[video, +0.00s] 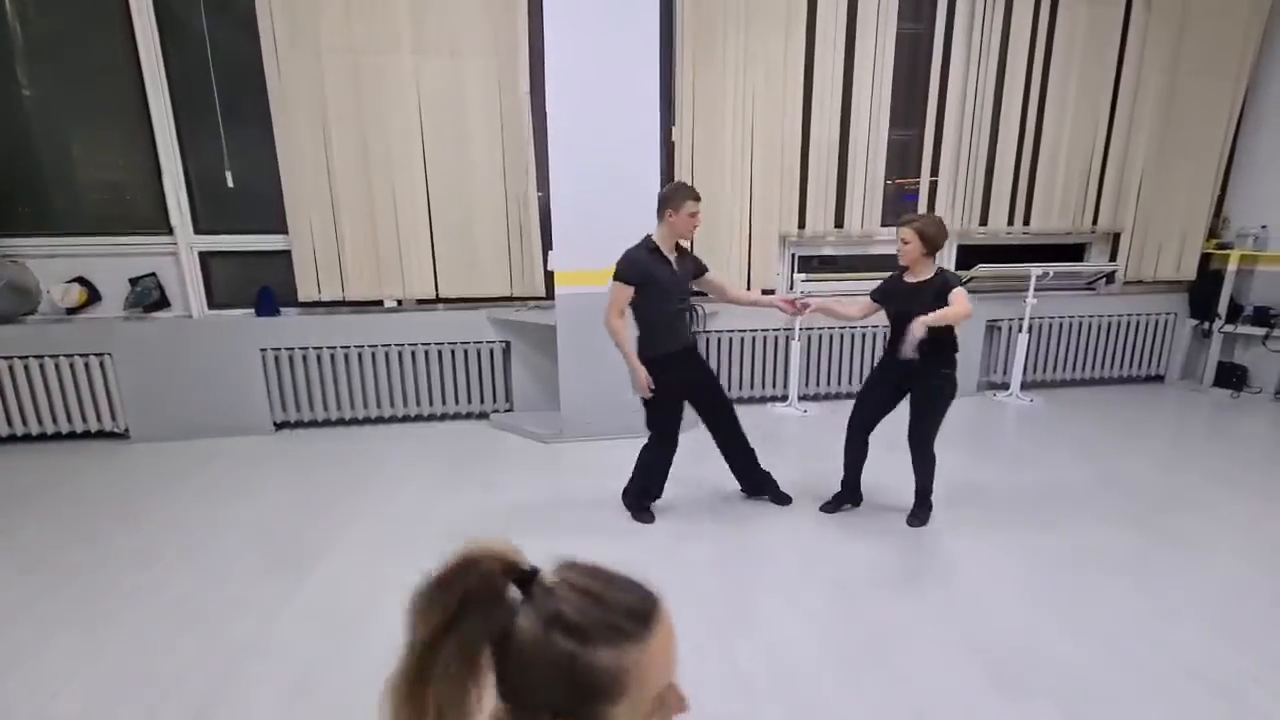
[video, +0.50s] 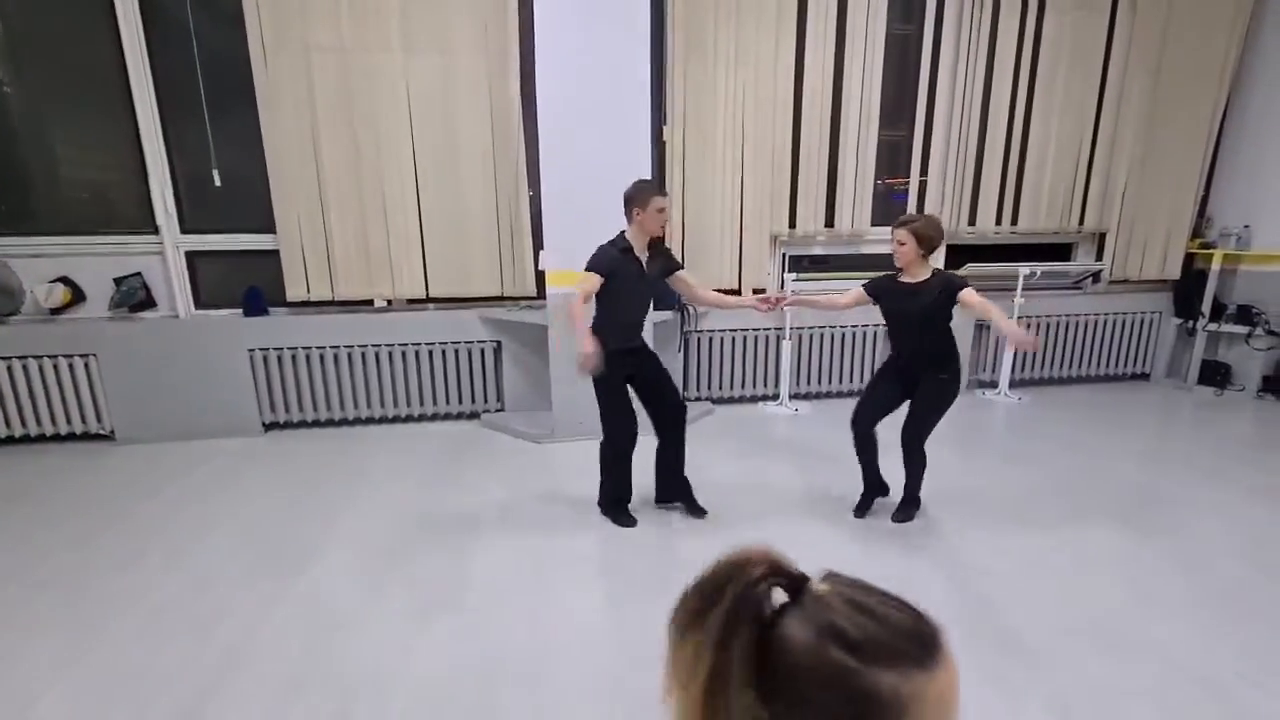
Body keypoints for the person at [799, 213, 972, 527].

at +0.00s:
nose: (899, 247)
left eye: (906, 242)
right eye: (899, 241)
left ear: (927, 247)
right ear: (904, 245)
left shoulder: (946, 281)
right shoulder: (895, 283)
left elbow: (962, 310)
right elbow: (857, 311)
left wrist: (926, 320)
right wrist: (818, 305)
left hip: (934, 376)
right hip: (894, 370)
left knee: (920, 441)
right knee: (858, 425)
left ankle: (922, 503)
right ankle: (850, 491)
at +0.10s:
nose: (903, 247)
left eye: (910, 242)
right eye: (903, 241)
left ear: (931, 246)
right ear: (907, 244)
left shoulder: (952, 282)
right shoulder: (898, 284)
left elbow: (977, 305)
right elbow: (859, 307)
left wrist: (969, 327)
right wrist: (820, 303)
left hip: (945, 374)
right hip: (906, 366)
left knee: (922, 438)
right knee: (863, 417)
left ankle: (920, 500)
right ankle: (851, 485)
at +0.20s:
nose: (905, 248)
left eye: (912, 241)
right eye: (905, 241)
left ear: (934, 245)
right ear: (908, 243)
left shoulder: (955, 281)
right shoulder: (897, 283)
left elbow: (993, 302)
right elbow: (856, 304)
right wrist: (815, 302)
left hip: (953, 373)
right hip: (913, 367)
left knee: (925, 436)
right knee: (872, 417)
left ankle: (919, 499)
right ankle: (860, 486)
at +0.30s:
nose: (906, 246)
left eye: (913, 241)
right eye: (905, 240)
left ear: (935, 245)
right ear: (908, 243)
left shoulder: (953, 282)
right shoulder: (894, 284)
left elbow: (1003, 300)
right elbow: (850, 302)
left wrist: (1055, 318)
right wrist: (806, 300)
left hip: (956, 370)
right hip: (916, 367)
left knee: (926, 433)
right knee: (885, 426)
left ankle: (918, 498)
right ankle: (863, 491)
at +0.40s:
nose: (903, 246)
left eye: (910, 241)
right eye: (901, 240)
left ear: (931, 245)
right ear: (903, 244)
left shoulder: (952, 283)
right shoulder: (890, 284)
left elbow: (1005, 301)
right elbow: (845, 301)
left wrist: (1058, 317)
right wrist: (801, 300)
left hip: (953, 370)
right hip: (913, 367)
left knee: (923, 431)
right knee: (887, 427)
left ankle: (915, 498)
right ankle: (868, 496)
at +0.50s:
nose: (894, 249)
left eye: (901, 243)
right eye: (893, 243)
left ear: (923, 248)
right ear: (894, 245)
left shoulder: (946, 283)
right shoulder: (884, 285)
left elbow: (983, 307)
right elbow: (841, 302)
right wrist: (793, 300)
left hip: (940, 375)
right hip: (900, 370)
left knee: (912, 437)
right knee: (861, 421)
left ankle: (911, 500)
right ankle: (873, 485)